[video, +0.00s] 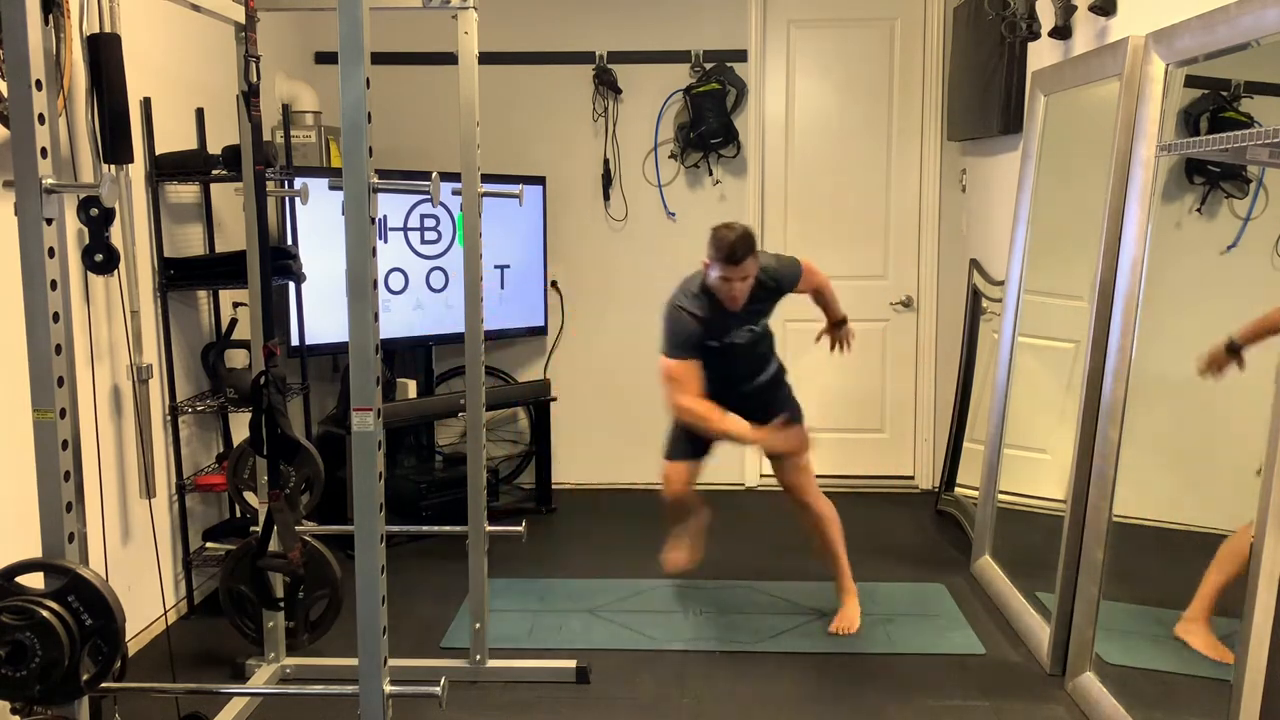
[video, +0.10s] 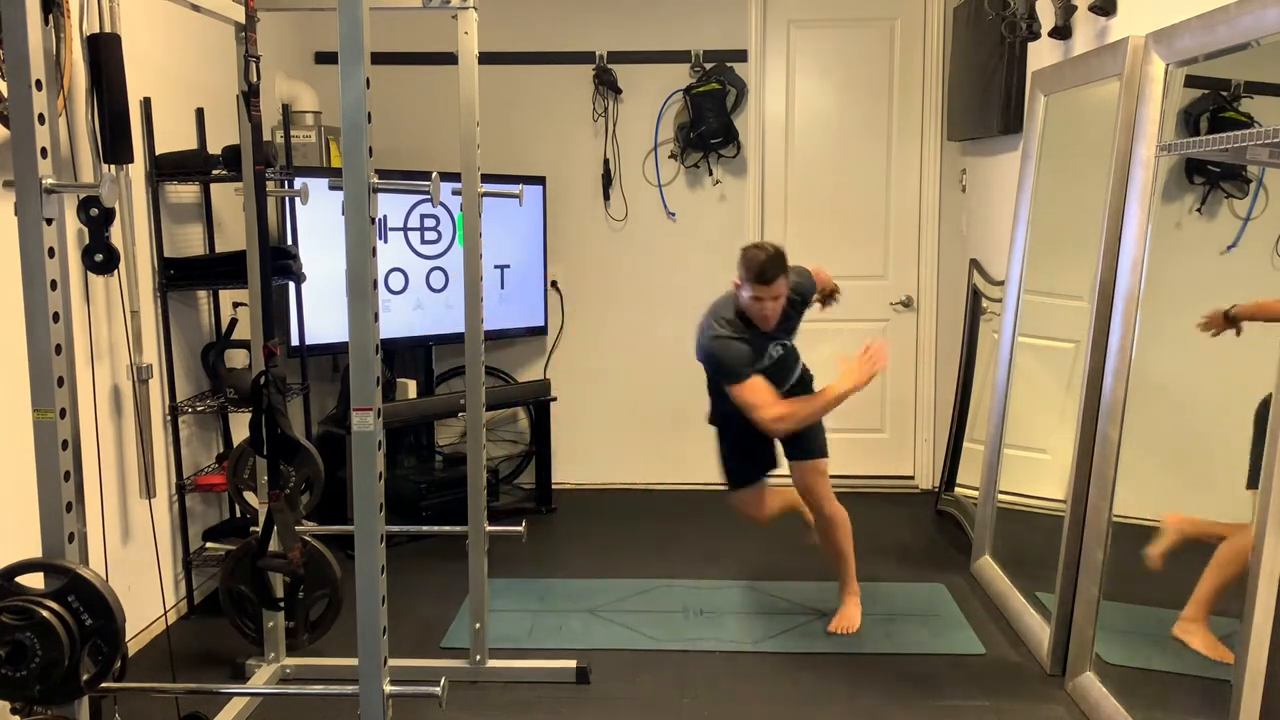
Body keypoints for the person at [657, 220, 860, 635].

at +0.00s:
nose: (737, 291)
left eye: (745, 280)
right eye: (727, 281)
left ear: (755, 268)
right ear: (708, 268)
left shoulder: (772, 274)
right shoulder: (685, 309)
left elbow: (816, 283)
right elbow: (684, 402)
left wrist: (836, 319)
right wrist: (758, 436)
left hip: (763, 387)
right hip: (706, 394)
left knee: (801, 488)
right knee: (674, 489)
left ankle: (848, 590)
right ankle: (692, 519)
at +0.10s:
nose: (769, 309)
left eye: (777, 298)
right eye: (759, 300)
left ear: (787, 286)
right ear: (739, 288)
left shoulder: (795, 287)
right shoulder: (720, 338)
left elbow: (819, 279)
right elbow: (774, 419)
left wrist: (828, 291)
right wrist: (846, 385)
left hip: (792, 390)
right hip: (736, 410)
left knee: (819, 500)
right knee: (753, 507)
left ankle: (850, 592)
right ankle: (800, 498)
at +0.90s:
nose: (654, 307)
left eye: (664, 299)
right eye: (646, 297)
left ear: (681, 287)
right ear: (635, 283)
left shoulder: (696, 317)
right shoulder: (612, 284)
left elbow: (688, 404)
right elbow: (559, 261)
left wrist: (607, 424)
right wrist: (514, 244)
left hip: (658, 399)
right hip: (604, 391)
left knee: (672, 501)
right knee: (578, 492)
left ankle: (632, 501)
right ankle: (546, 591)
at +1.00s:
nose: (635, 321)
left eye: (645, 312)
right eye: (627, 310)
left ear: (664, 302)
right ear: (616, 296)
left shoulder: (675, 338)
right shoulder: (601, 285)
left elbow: (615, 410)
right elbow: (560, 257)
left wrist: (540, 388)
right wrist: (514, 228)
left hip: (639, 409)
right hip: (590, 385)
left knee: (597, 495)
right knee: (577, 491)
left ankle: (531, 502)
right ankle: (546, 592)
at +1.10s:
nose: (625, 329)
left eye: (636, 320)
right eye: (617, 318)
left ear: (655, 308)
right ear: (607, 303)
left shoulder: (666, 348)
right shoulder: (597, 288)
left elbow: (586, 405)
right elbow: (557, 261)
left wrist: (528, 361)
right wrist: (510, 233)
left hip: (623, 420)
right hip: (580, 389)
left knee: (542, 472)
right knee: (572, 490)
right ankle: (545, 591)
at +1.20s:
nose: (628, 333)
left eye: (639, 323)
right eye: (620, 322)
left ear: (656, 312)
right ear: (609, 309)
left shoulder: (670, 347)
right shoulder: (596, 295)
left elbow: (604, 413)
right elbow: (543, 267)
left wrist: (540, 377)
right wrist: (493, 249)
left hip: (623, 420)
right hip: (577, 390)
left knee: (558, 486)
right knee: (568, 490)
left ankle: (478, 509)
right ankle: (544, 591)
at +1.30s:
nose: (643, 330)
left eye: (654, 320)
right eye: (635, 319)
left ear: (669, 307)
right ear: (622, 306)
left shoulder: (682, 337)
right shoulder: (599, 302)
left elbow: (670, 427)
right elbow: (531, 282)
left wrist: (592, 420)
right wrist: (468, 292)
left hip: (632, 410)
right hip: (581, 397)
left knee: (607, 509)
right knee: (571, 495)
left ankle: (547, 515)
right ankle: (545, 592)